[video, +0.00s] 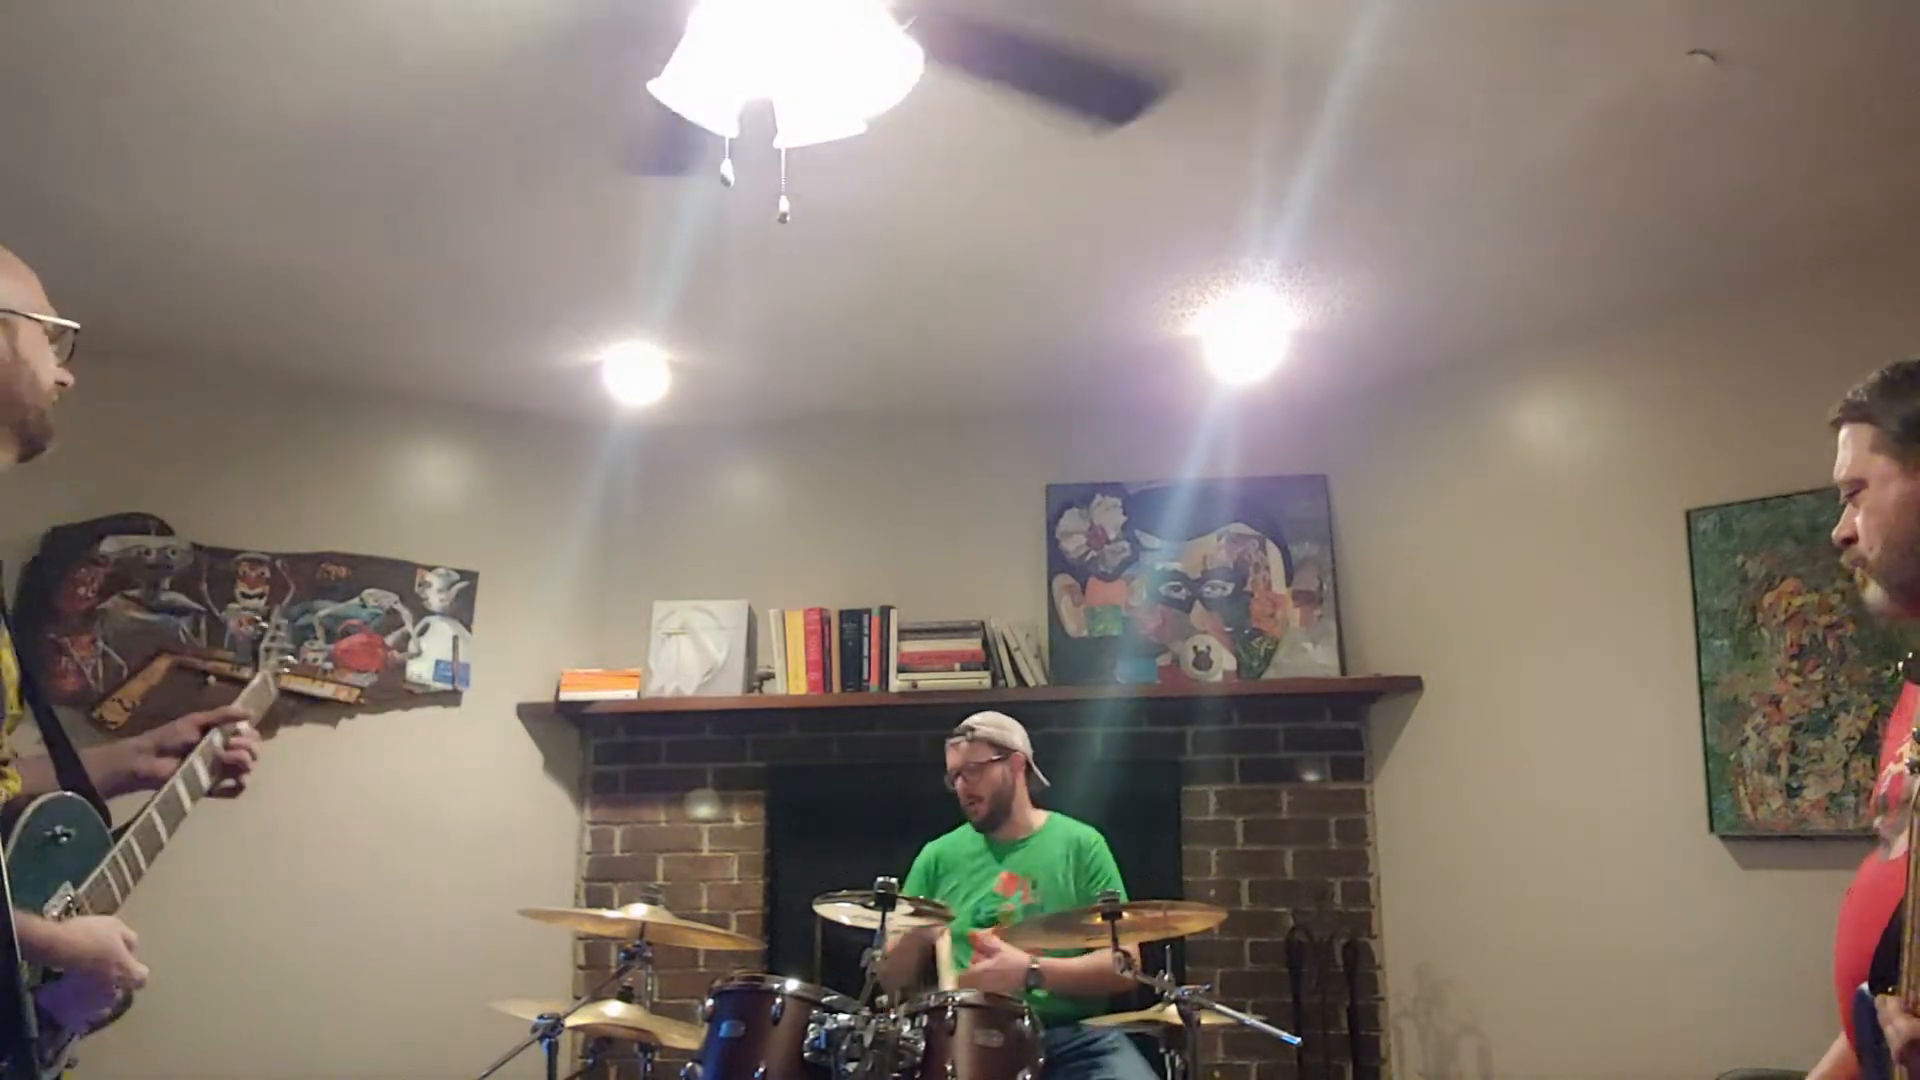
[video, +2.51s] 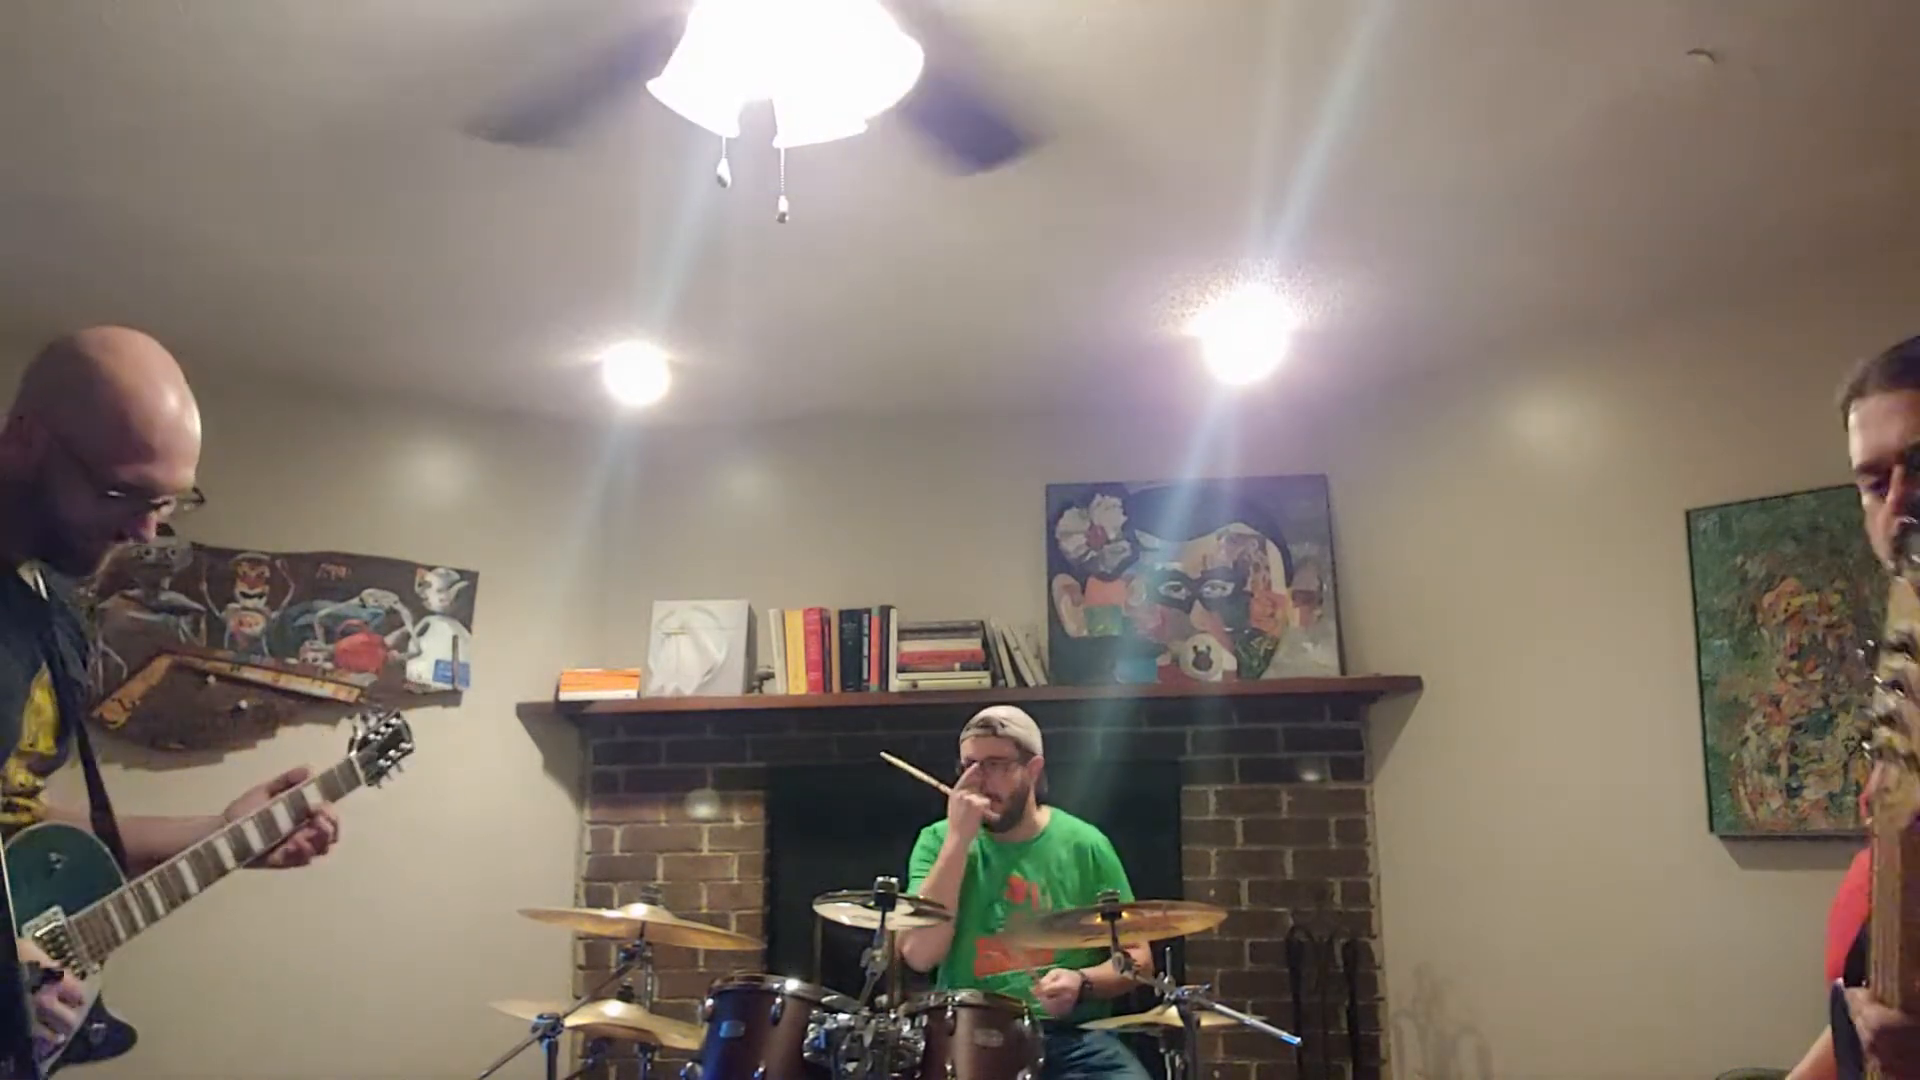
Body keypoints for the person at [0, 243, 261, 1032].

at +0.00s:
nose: (67, 376)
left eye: (63, 343)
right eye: (53, 335)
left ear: (9, 338)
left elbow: (5, 777)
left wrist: (141, 759)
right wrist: (49, 941)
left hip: (26, 1021)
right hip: (14, 1027)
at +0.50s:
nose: (114, 425)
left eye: (112, 397)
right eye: (102, 391)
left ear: (27, 386)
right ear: (24, 384)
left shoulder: (23, 597)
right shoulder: (8, 599)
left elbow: (37, 814)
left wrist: (219, 770)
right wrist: (67, 941)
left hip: (52, 1040)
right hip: (16, 1046)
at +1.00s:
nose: (147, 478)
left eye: (147, 448)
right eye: (122, 452)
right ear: (19, 449)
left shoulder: (50, 604)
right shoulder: (12, 611)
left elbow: (73, 808)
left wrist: (262, 768)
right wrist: (77, 916)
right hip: (21, 1038)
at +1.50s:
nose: (136, 496)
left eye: (143, 467)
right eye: (108, 466)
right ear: (11, 446)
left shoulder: (47, 622)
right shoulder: (17, 623)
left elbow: (70, 830)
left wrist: (252, 777)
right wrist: (73, 914)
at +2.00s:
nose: (128, 526)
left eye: (151, 501)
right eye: (103, 494)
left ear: (169, 477)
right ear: (20, 450)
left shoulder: (67, 622)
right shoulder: (17, 614)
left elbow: (61, 831)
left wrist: (257, 813)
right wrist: (21, 923)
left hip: (47, 1037)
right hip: (10, 1042)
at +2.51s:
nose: (147, 533)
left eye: (169, 504)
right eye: (123, 497)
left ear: (187, 476)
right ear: (26, 442)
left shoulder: (46, 609)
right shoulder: (20, 614)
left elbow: (27, 820)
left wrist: (227, 833)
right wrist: (14, 974)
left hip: (35, 1038)